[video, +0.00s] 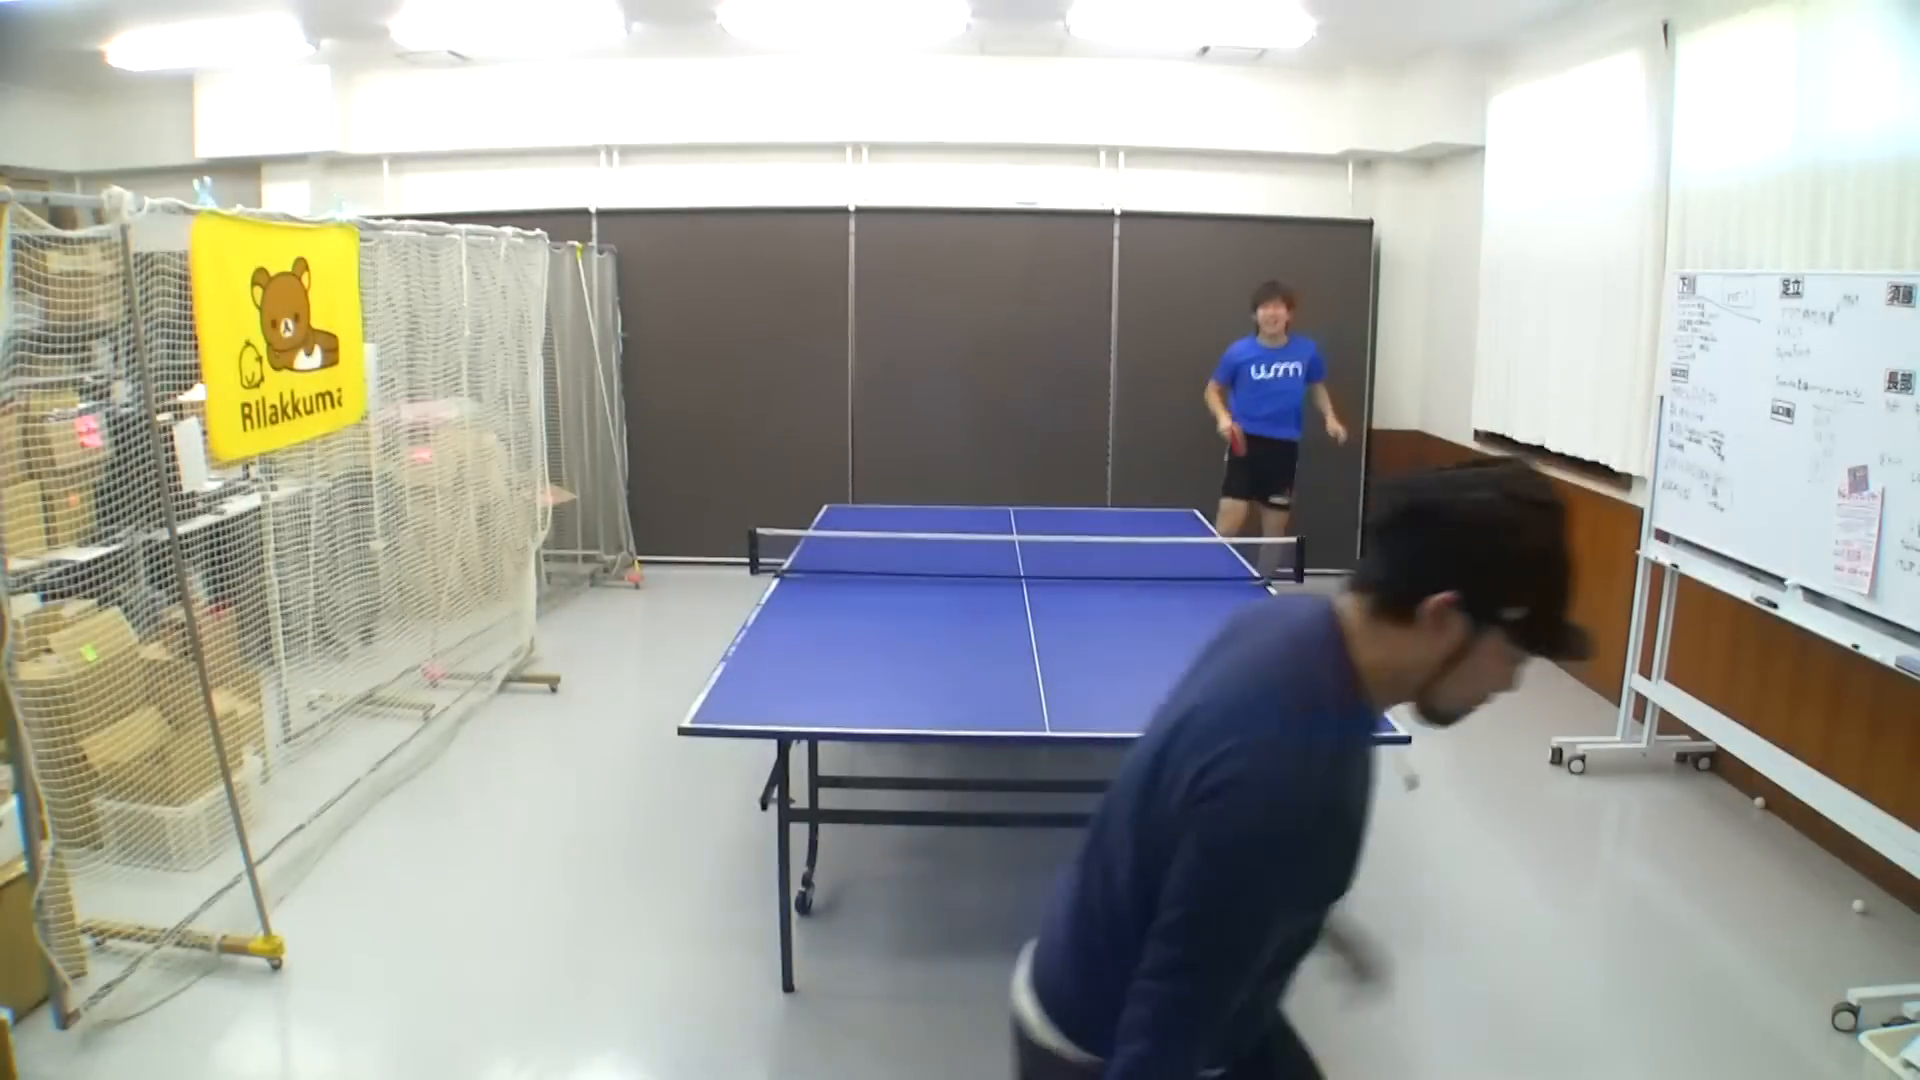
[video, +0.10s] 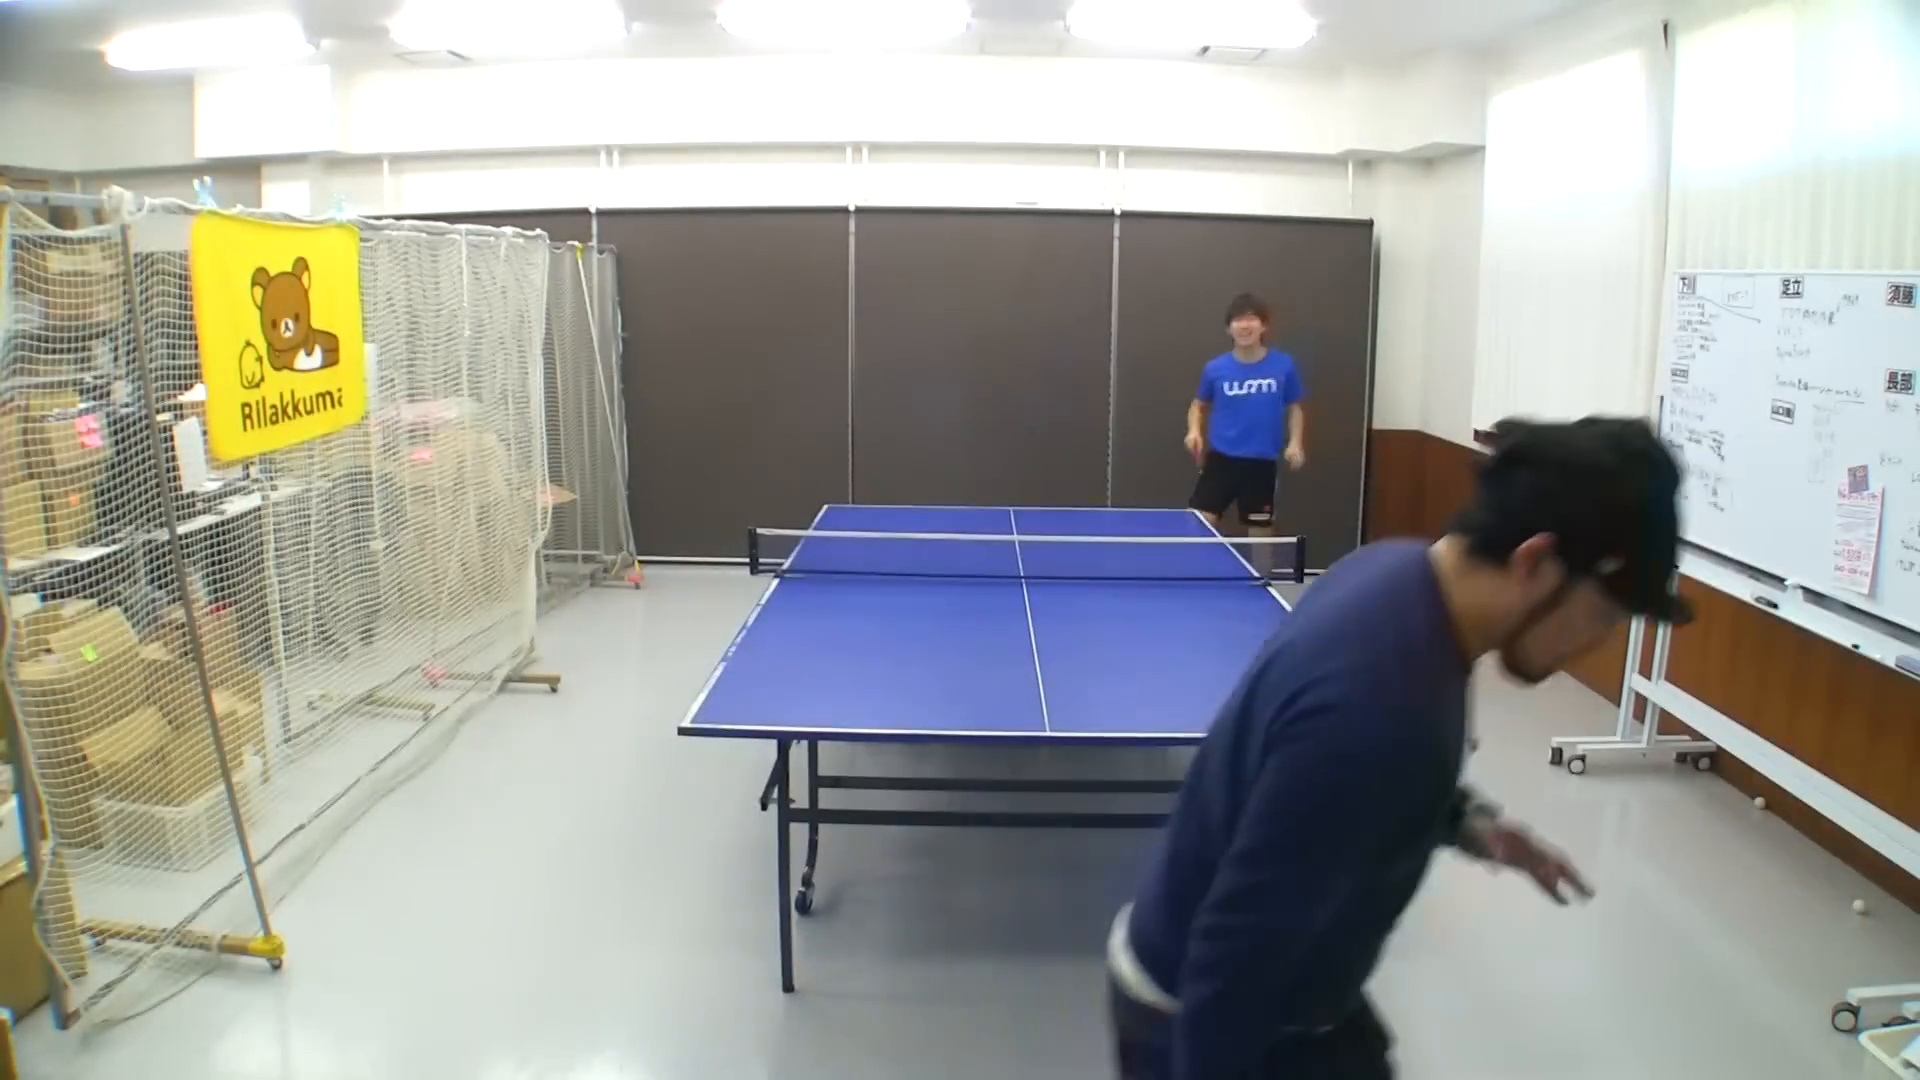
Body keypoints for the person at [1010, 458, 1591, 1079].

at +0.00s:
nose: (1513, 682)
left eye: (1525, 657)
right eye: (1514, 651)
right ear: (1442, 618)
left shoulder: (1294, 629)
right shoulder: (1278, 770)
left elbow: (1198, 815)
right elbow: (1161, 1040)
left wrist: (1316, 919)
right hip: (1109, 1051)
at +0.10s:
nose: (1596, 644)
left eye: (1616, 621)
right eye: (1606, 614)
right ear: (1535, 561)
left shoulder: (1396, 578)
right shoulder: (1367, 714)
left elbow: (1354, 754)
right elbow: (1223, 974)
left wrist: (1471, 825)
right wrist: (1207, 1068)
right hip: (1210, 1021)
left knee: (1372, 1059)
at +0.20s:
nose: (1679, 585)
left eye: (1694, 562)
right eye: (1687, 554)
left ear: (1610, 495)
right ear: (1613, 502)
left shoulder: (1492, 542)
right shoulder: (1444, 651)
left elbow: (1484, 723)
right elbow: (1311, 902)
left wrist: (1533, 823)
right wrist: (1296, 1065)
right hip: (1329, 998)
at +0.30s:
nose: (1753, 566)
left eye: (1767, 539)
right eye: (1752, 531)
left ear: (1665, 481)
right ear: (1669, 478)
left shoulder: (1613, 560)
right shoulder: (1513, 634)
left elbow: (1629, 735)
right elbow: (1410, 939)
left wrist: (1628, 883)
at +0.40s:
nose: (1821, 609)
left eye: (1832, 580)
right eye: (1808, 575)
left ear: (1716, 522)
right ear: (1717, 520)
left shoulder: (1682, 598)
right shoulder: (1584, 682)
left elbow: (1699, 781)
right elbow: (1476, 954)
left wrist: (1721, 932)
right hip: (1503, 1035)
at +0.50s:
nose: (1883, 648)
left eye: (1895, 622)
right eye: (1869, 613)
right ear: (1775, 548)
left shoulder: (1770, 634)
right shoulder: (1627, 701)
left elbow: (1766, 813)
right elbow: (1507, 956)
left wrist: (1793, 973)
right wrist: (1486, 1070)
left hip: (1661, 1019)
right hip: (1549, 1041)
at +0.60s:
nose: (1919, 628)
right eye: (1915, 591)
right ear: (1831, 529)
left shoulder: (1861, 633)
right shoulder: (1658, 666)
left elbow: (1840, 814)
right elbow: (1522, 888)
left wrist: (1864, 980)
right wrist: (1505, 1064)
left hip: (1716, 1018)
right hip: (1570, 1035)